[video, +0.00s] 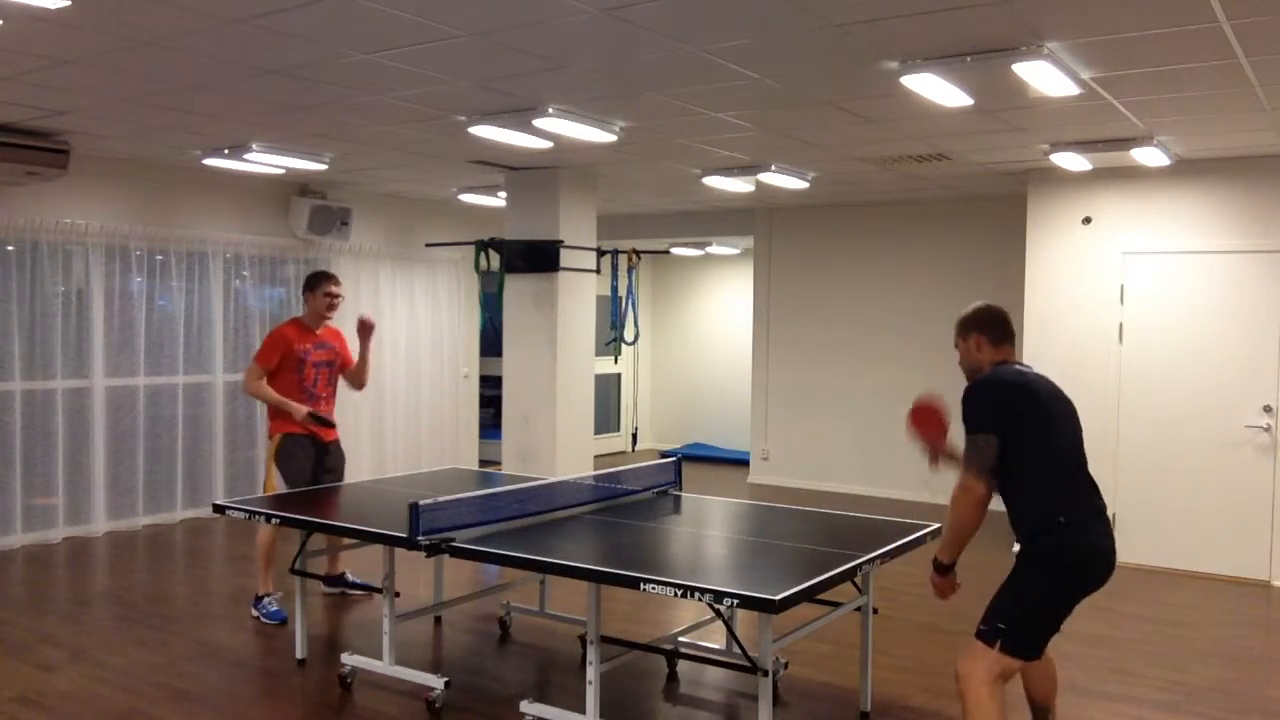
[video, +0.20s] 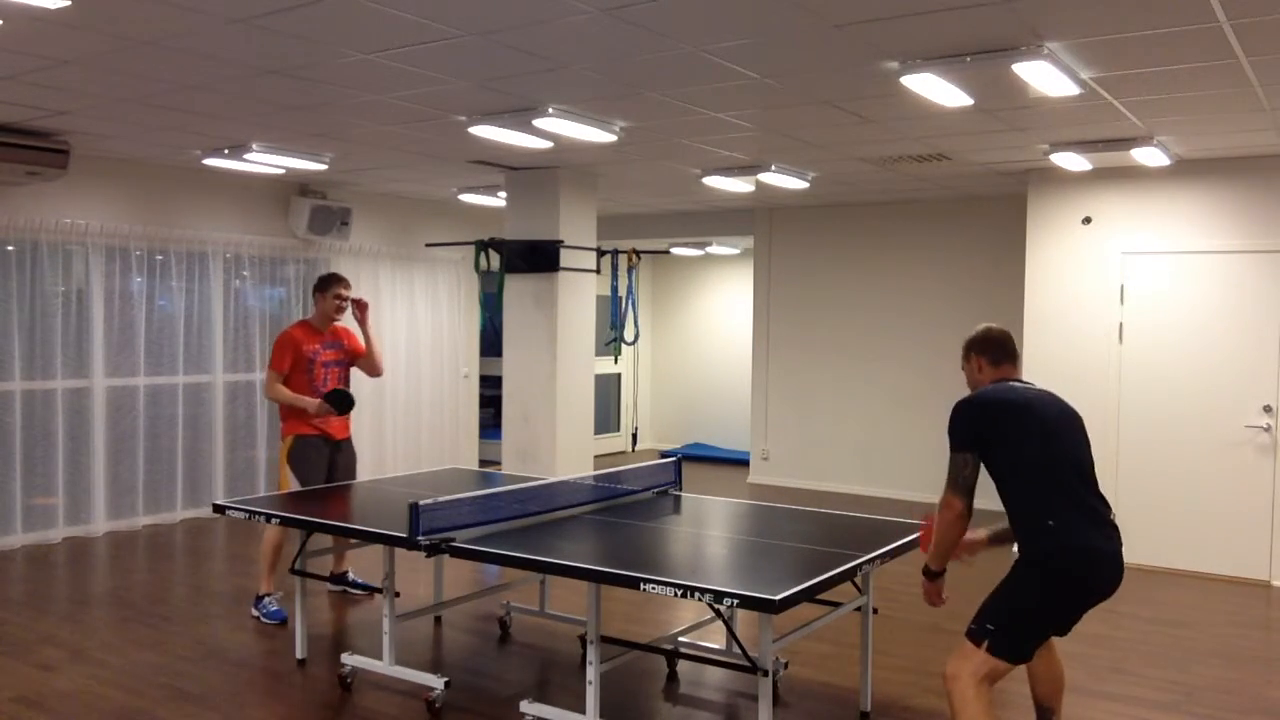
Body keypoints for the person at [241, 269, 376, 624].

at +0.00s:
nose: (334, 303)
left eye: (338, 298)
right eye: (328, 296)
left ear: (338, 302)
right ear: (308, 297)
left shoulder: (334, 337)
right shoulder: (285, 334)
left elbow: (358, 381)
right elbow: (251, 382)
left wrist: (365, 342)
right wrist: (292, 406)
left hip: (327, 437)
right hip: (291, 437)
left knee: (333, 509)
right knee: (277, 514)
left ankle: (334, 573)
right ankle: (264, 594)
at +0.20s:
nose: (343, 305)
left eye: (346, 300)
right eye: (337, 298)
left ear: (346, 304)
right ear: (318, 297)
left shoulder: (343, 336)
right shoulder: (293, 337)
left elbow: (374, 370)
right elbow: (271, 388)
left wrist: (364, 325)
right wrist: (309, 403)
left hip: (340, 436)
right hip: (303, 436)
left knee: (343, 507)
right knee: (286, 514)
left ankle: (340, 572)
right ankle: (265, 594)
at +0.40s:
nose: (351, 309)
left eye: (355, 304)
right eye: (345, 303)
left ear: (354, 306)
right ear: (326, 300)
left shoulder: (352, 336)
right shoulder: (301, 338)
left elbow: (381, 372)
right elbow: (279, 389)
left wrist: (372, 328)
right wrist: (315, 408)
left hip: (348, 438)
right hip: (309, 439)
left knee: (351, 508)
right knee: (289, 513)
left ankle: (341, 571)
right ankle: (269, 591)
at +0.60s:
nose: (352, 312)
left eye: (355, 307)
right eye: (347, 305)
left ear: (354, 308)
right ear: (327, 302)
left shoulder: (350, 338)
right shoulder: (296, 340)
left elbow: (379, 373)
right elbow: (278, 390)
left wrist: (371, 330)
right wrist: (316, 412)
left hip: (341, 441)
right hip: (300, 442)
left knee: (348, 510)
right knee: (280, 516)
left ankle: (340, 572)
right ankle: (261, 591)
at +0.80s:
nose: (341, 314)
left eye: (344, 308)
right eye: (336, 307)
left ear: (341, 310)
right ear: (314, 306)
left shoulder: (339, 341)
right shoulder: (285, 343)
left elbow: (358, 386)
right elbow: (262, 392)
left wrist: (363, 347)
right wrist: (299, 417)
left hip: (324, 443)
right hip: (284, 442)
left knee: (339, 510)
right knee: (269, 516)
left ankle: (339, 572)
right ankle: (252, 594)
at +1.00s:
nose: (325, 323)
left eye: (328, 317)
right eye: (319, 317)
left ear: (327, 319)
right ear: (297, 316)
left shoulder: (323, 351)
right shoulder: (267, 354)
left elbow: (323, 398)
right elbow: (244, 403)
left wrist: (341, 397)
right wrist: (270, 435)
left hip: (311, 447)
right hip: (272, 450)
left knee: (337, 509)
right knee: (258, 517)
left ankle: (342, 572)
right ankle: (217, 597)